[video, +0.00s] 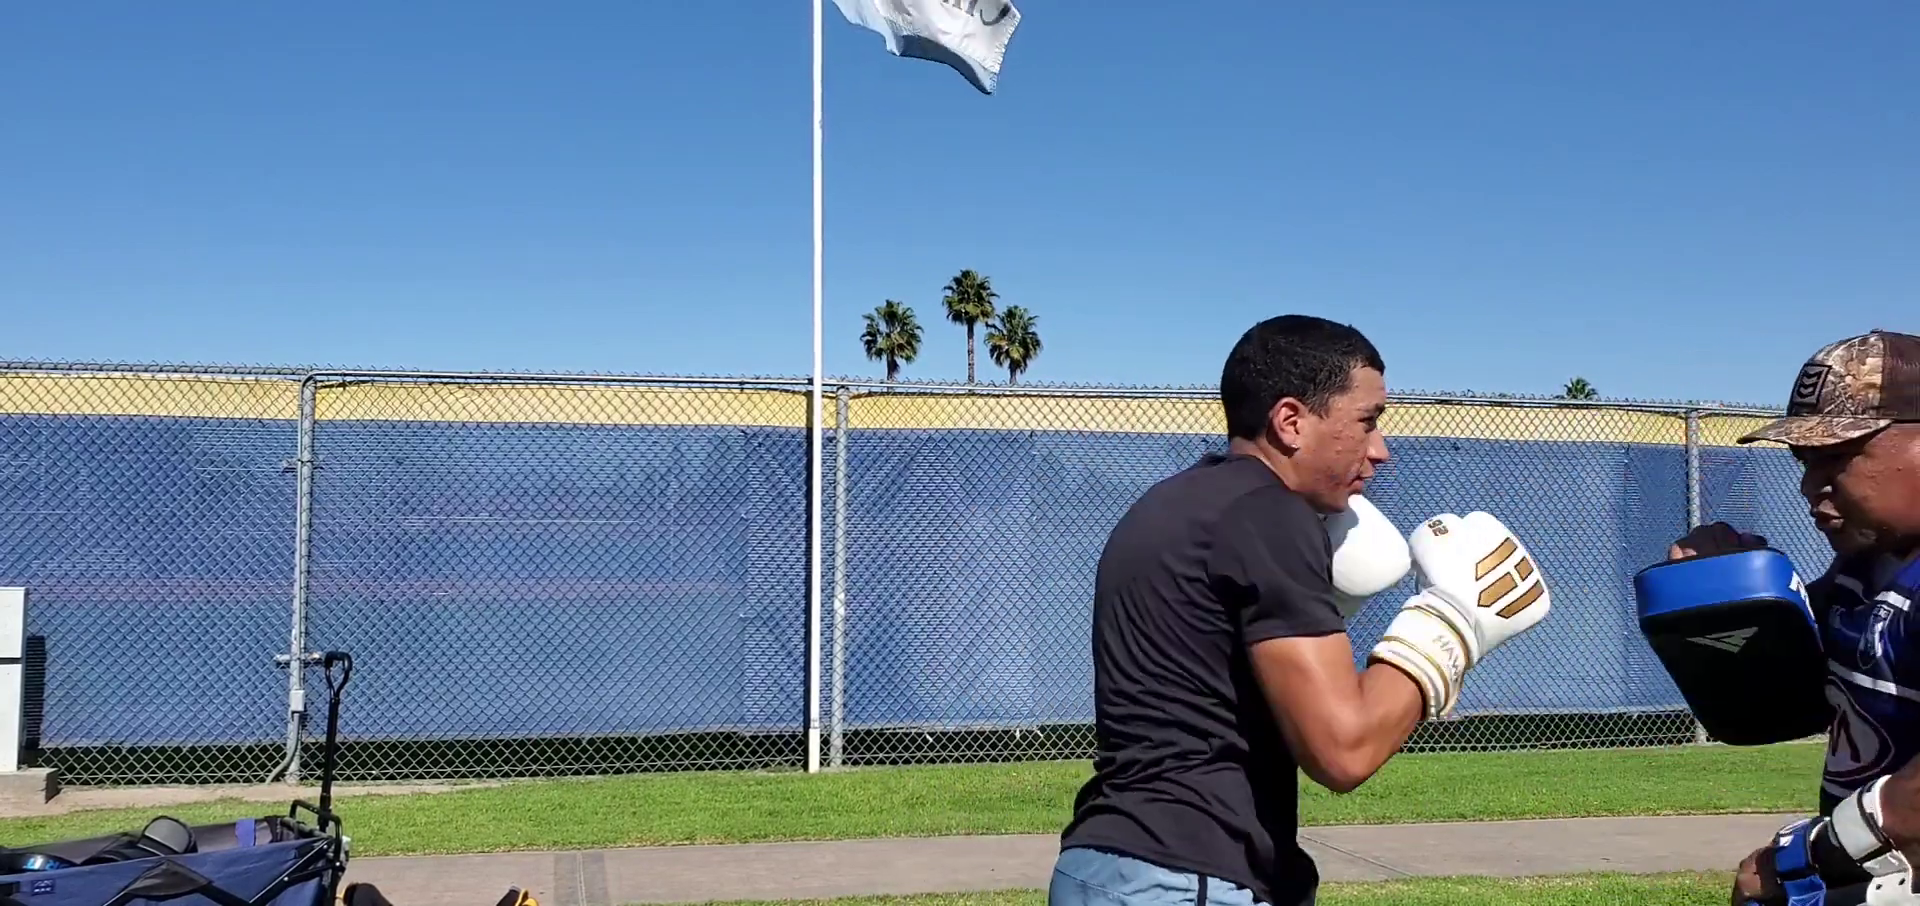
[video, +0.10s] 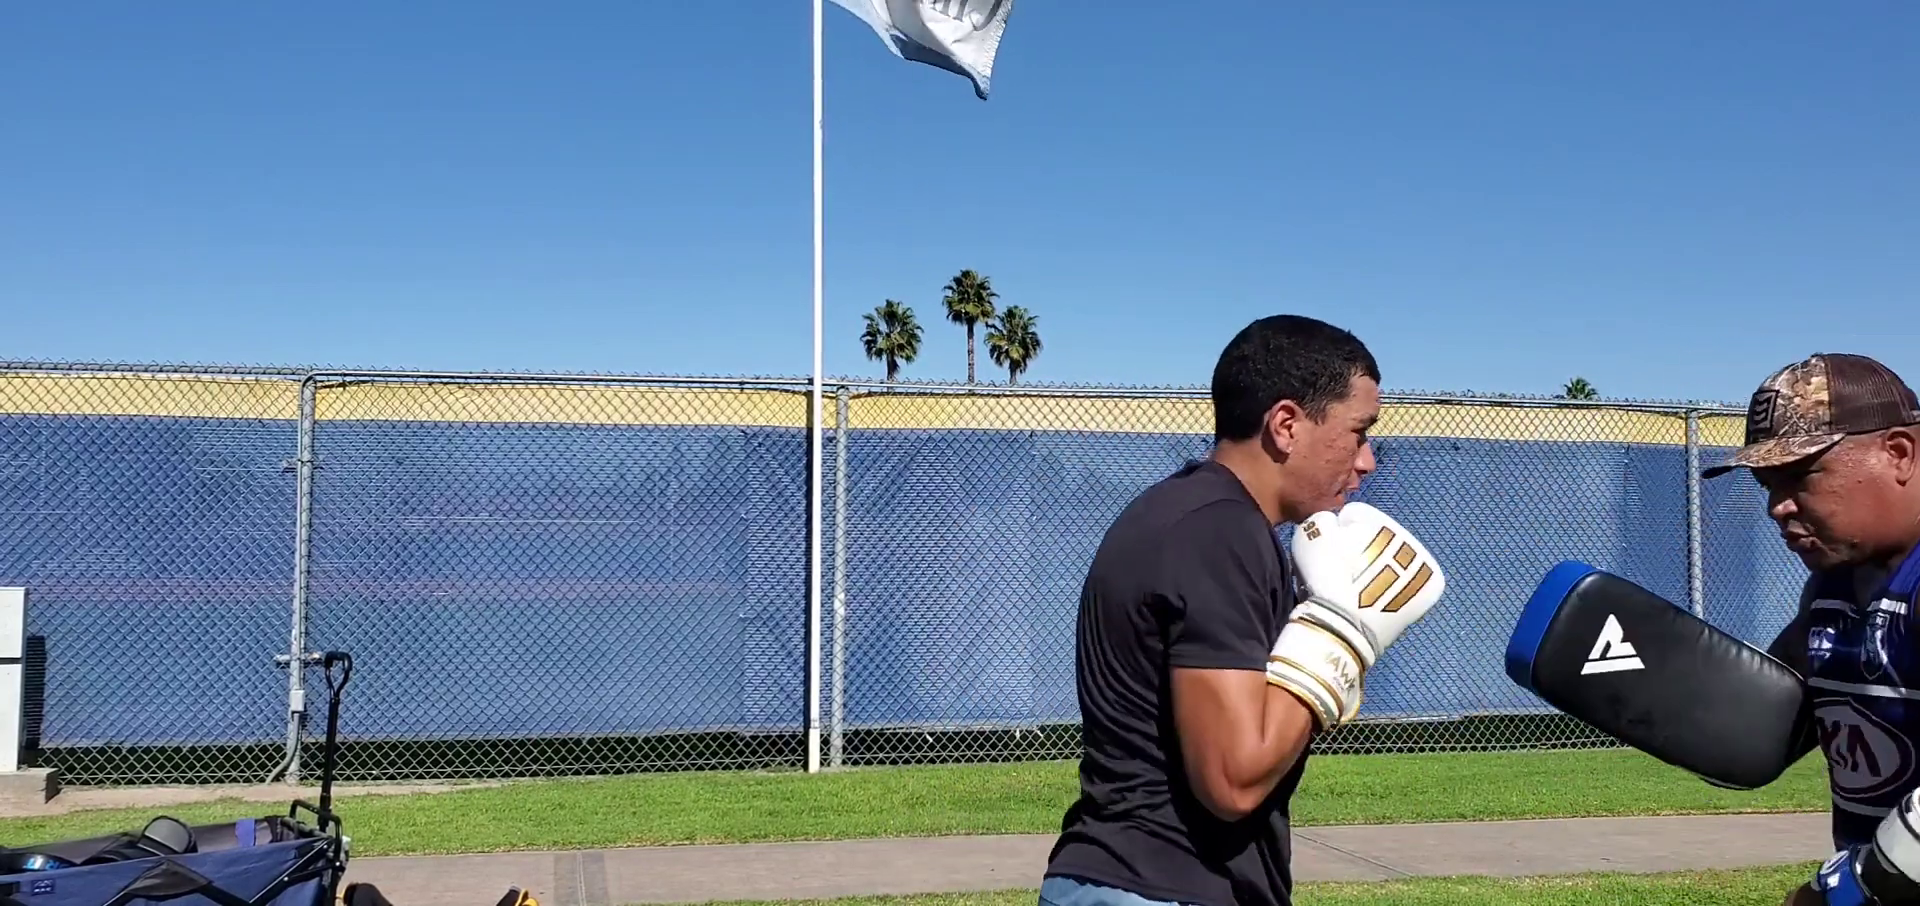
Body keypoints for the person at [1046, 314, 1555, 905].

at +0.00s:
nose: (1381, 450)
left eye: (1378, 424)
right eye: (1368, 421)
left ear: (1286, 423)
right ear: (1291, 422)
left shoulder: (1165, 507)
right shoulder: (1263, 514)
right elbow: (1344, 750)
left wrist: (1305, 575)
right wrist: (1445, 623)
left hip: (1111, 863)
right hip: (1187, 878)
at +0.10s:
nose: (1369, 462)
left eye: (1367, 436)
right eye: (1357, 434)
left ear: (1284, 427)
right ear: (1286, 427)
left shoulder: (1180, 512)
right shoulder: (1220, 530)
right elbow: (1233, 779)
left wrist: (1315, 614)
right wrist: (1336, 629)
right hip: (1163, 887)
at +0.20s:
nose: (1360, 469)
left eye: (1361, 443)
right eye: (1353, 440)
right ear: (1283, 428)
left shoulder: (1210, 528)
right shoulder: (1183, 530)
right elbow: (1195, 779)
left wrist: (1297, 689)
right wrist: (1312, 636)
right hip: (1125, 889)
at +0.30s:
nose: (1378, 496)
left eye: (1382, 471)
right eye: (1373, 468)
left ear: (1299, 454)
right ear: (1301, 452)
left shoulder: (1248, 541)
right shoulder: (1180, 541)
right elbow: (1185, 786)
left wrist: (1318, 649)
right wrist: (1310, 640)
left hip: (1208, 886)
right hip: (1107, 889)